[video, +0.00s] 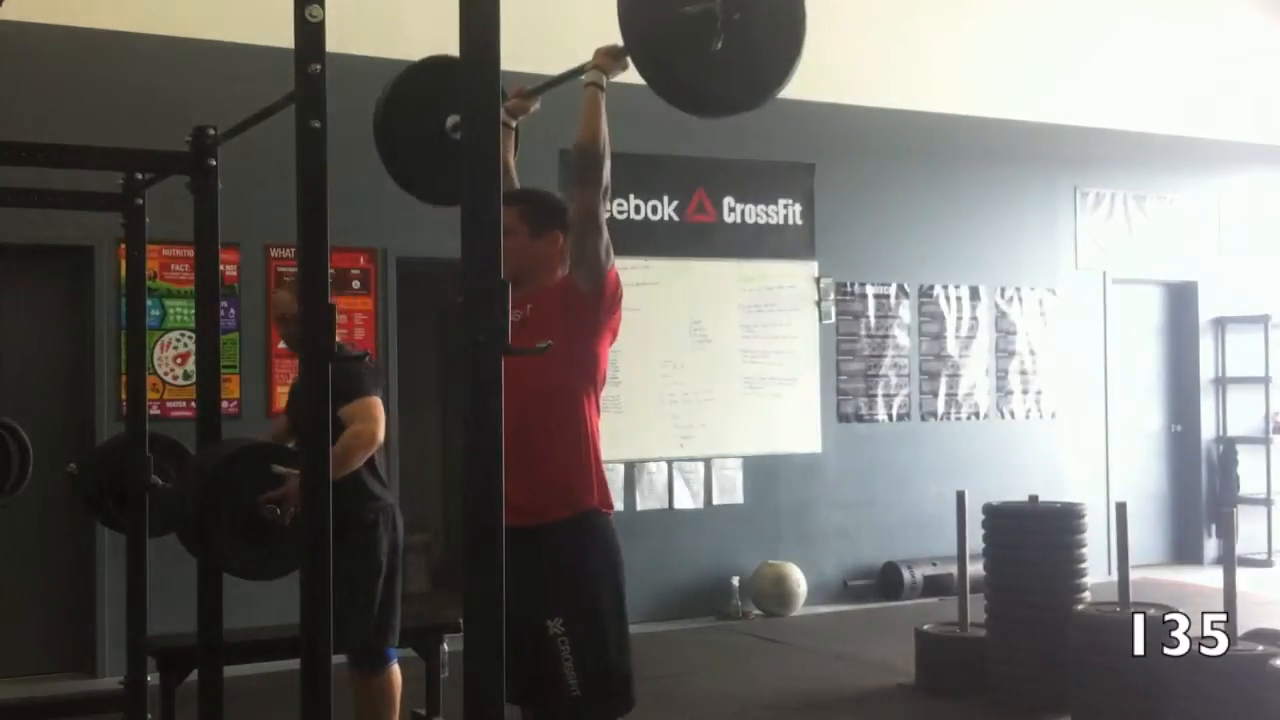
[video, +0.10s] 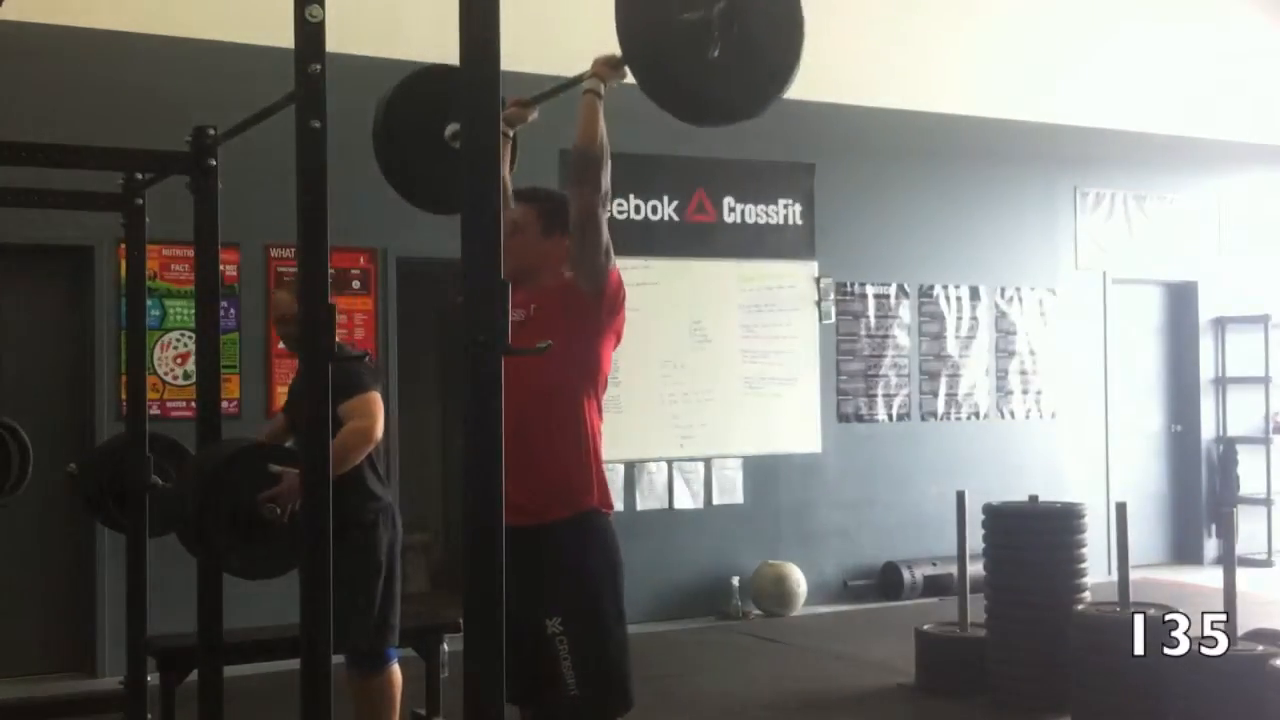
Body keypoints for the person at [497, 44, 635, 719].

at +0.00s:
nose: (499, 242)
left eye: (509, 229)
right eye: (497, 230)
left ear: (552, 238)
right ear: (509, 240)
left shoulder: (586, 298)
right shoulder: (501, 305)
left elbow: (589, 183)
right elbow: (496, 212)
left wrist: (595, 79)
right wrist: (507, 128)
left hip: (573, 523)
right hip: (504, 524)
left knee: (601, 689)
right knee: (523, 686)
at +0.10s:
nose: (504, 235)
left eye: (516, 225)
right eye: (504, 225)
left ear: (556, 235)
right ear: (511, 237)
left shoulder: (589, 294)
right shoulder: (501, 299)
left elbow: (590, 182)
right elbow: (492, 217)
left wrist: (593, 90)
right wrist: (504, 140)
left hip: (574, 521)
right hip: (504, 521)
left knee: (599, 685)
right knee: (523, 681)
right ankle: (550, 709)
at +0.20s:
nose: (523, 234)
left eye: (537, 226)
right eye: (526, 224)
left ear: (573, 236)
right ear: (527, 237)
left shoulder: (595, 304)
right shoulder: (514, 296)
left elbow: (587, 203)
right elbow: (490, 232)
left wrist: (591, 103)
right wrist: (497, 162)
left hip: (572, 525)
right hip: (504, 524)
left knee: (592, 693)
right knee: (522, 687)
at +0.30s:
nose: (544, 230)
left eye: (562, 225)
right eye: (548, 221)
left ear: (592, 242)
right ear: (546, 237)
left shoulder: (603, 312)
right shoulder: (519, 303)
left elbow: (584, 222)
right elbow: (478, 253)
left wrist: (585, 130)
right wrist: (498, 181)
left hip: (572, 527)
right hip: (505, 526)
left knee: (589, 692)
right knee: (520, 686)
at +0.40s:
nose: (568, 241)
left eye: (585, 235)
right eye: (568, 231)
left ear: (618, 257)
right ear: (556, 239)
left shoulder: (613, 325)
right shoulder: (524, 315)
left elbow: (569, 252)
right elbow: (464, 277)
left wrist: (579, 156)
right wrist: (496, 198)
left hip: (570, 534)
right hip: (503, 531)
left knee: (583, 697)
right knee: (516, 692)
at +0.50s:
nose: (573, 239)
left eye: (591, 232)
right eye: (575, 231)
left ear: (624, 260)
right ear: (563, 251)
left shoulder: (618, 326)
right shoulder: (530, 323)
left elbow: (562, 282)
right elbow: (456, 308)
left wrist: (576, 186)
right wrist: (488, 225)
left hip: (568, 527)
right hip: (503, 524)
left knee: (583, 686)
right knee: (508, 679)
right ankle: (535, 709)